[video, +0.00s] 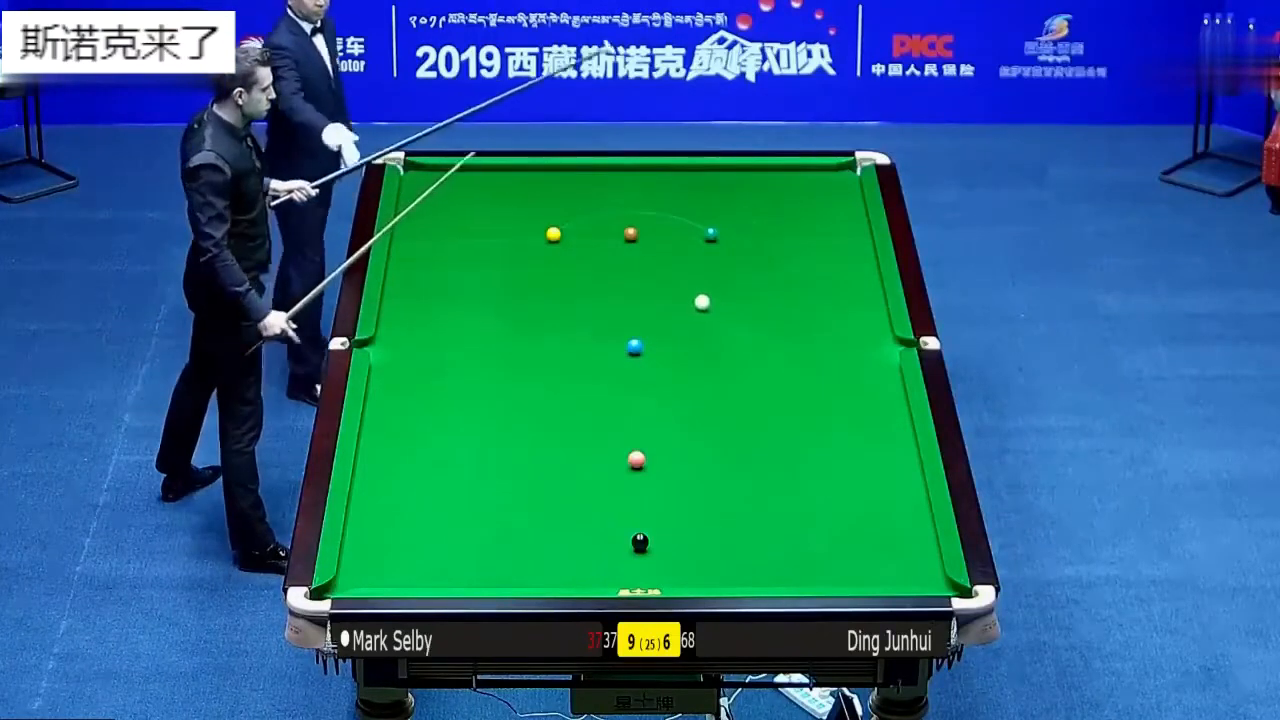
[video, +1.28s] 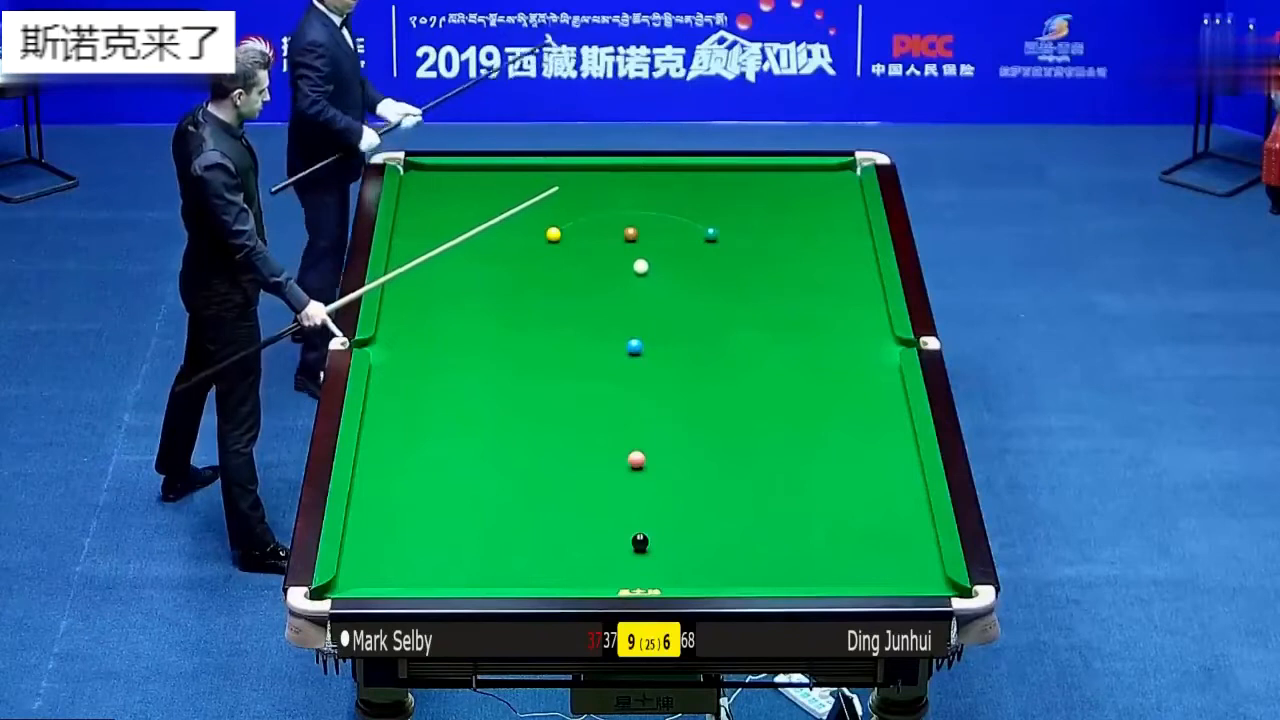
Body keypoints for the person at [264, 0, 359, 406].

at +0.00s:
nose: (321, 3)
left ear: (324, 2)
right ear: (292, 1)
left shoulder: (323, 27)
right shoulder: (282, 43)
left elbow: (329, 87)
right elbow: (290, 100)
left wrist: (343, 129)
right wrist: (328, 128)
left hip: (322, 164)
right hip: (294, 171)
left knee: (302, 264)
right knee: (309, 272)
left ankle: (307, 359)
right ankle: (304, 378)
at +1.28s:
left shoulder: (336, 27)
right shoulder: (313, 37)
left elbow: (351, 81)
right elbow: (310, 102)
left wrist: (382, 104)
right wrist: (358, 131)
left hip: (336, 160)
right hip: (318, 166)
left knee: (332, 253)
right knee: (324, 257)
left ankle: (319, 349)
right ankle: (312, 368)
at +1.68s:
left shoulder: (374, 14)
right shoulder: (361, 24)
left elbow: (387, 67)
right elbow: (348, 92)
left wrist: (418, 104)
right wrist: (388, 129)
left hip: (362, 140)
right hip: (346, 144)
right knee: (340, 227)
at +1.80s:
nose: (435, 1)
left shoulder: (391, 16)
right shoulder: (395, 26)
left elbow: (401, 82)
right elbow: (389, 98)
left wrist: (423, 112)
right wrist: (426, 138)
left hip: (372, 142)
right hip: (375, 146)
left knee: (363, 227)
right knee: (361, 229)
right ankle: (317, 312)